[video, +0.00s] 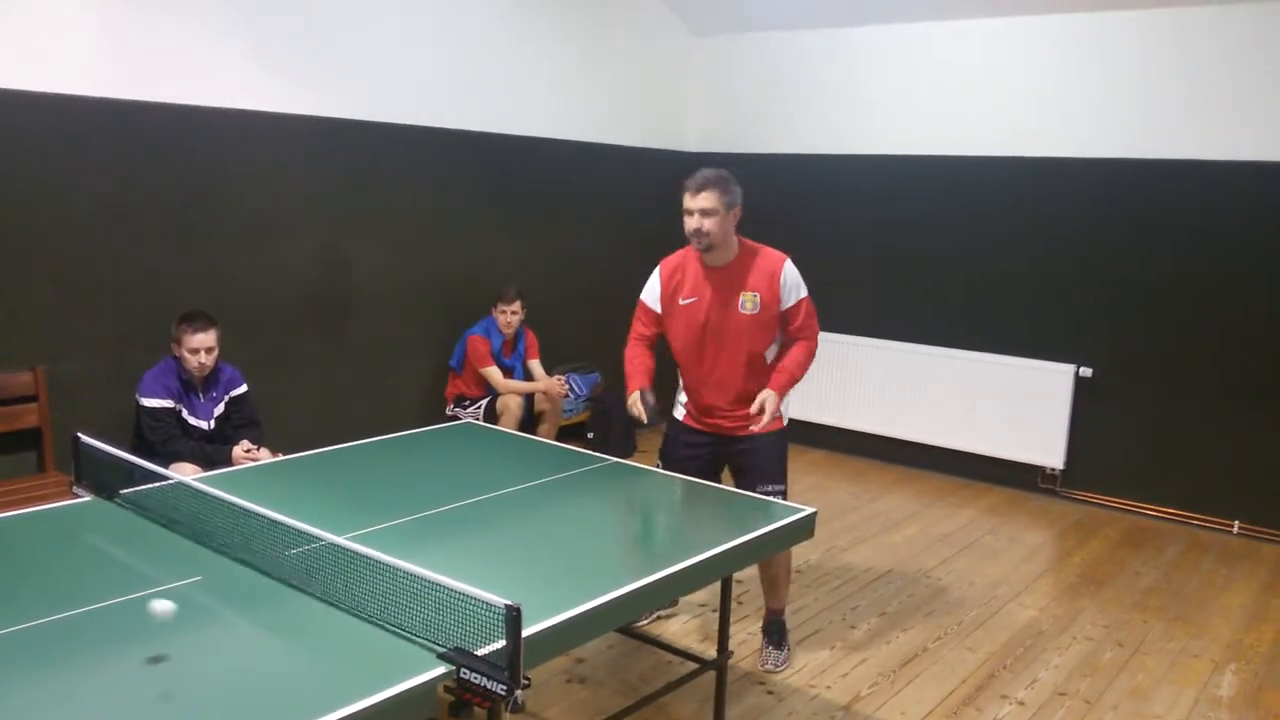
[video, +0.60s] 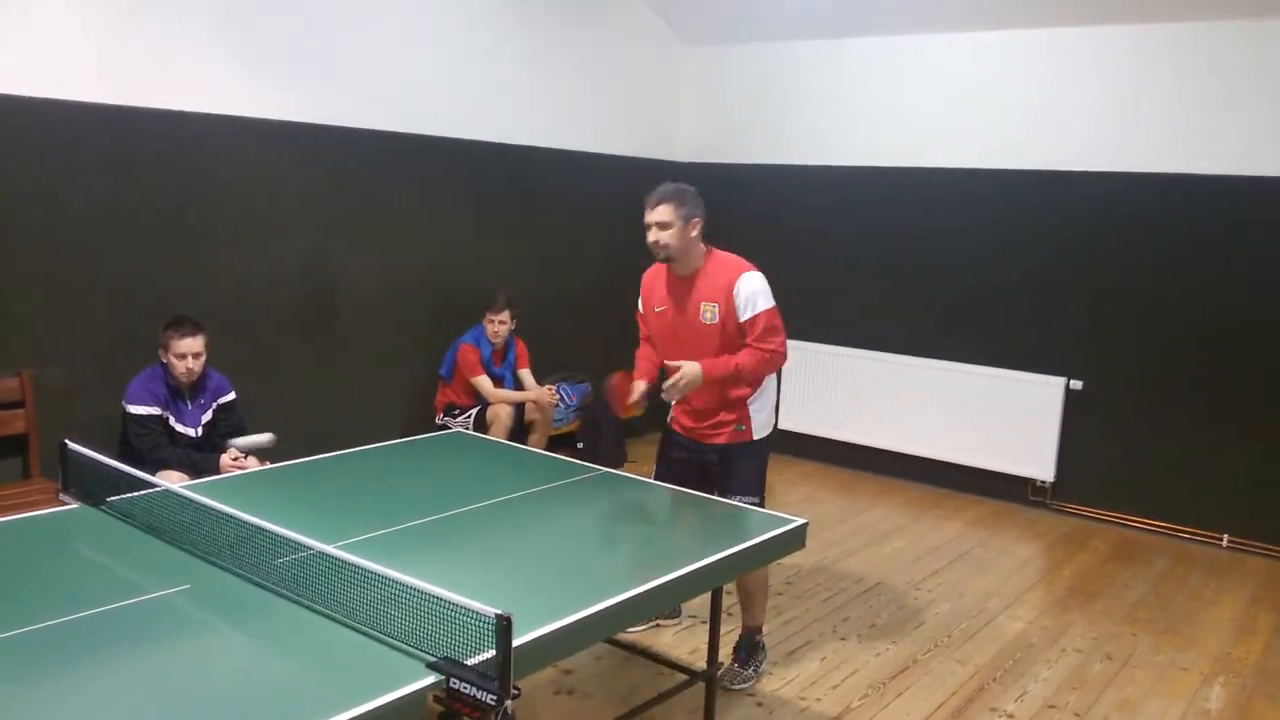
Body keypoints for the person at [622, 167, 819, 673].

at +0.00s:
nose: (696, 224)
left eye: (707, 214)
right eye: (689, 213)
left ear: (735, 214)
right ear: (682, 215)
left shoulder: (775, 270)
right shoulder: (669, 272)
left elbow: (804, 336)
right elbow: (641, 336)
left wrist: (776, 388)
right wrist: (637, 384)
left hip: (757, 424)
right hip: (693, 418)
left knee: (770, 524)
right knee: (666, 509)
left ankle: (774, 625)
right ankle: (661, 588)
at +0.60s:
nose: (652, 237)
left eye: (661, 227)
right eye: (648, 228)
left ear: (694, 226)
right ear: (649, 229)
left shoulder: (740, 277)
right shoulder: (653, 280)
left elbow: (772, 351)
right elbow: (650, 344)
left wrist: (705, 371)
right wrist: (642, 380)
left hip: (740, 431)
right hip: (684, 426)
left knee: (744, 533)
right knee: (665, 516)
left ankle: (751, 641)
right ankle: (666, 599)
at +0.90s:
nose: (623, 248)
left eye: (628, 237)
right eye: (621, 238)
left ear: (661, 232)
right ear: (649, 237)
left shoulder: (723, 271)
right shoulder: (650, 294)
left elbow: (771, 326)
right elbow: (637, 360)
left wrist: (704, 354)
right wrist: (579, 394)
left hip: (743, 429)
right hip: (689, 425)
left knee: (741, 535)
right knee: (657, 513)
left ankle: (755, 640)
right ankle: (670, 600)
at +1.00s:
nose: (620, 236)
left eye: (627, 226)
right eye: (619, 227)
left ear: (659, 222)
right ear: (645, 226)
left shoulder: (724, 261)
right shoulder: (634, 285)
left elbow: (771, 321)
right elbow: (599, 338)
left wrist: (711, 339)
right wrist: (536, 360)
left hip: (742, 420)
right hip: (682, 418)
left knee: (747, 530)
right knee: (662, 512)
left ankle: (755, 638)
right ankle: (674, 594)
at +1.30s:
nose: (649, 217)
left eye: (659, 207)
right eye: (644, 209)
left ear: (688, 209)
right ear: (641, 215)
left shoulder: (733, 262)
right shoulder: (632, 269)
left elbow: (761, 326)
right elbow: (605, 341)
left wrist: (731, 339)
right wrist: (586, 329)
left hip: (723, 422)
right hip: (660, 421)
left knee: (739, 526)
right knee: (647, 515)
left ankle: (749, 634)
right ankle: (670, 595)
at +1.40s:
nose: (668, 210)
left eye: (678, 200)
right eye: (661, 202)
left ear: (703, 204)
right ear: (654, 208)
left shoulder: (741, 259)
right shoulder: (641, 268)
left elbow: (765, 324)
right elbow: (632, 335)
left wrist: (737, 344)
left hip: (722, 419)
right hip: (658, 422)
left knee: (741, 521)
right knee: (648, 514)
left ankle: (751, 626)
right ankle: (667, 596)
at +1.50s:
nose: (681, 204)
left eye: (692, 195)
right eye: (675, 196)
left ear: (716, 201)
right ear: (667, 202)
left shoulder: (750, 259)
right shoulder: (650, 264)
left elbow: (773, 326)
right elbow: (639, 335)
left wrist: (740, 354)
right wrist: (661, 385)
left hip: (726, 421)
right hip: (664, 420)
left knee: (741, 522)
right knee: (655, 512)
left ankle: (751, 623)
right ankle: (668, 594)